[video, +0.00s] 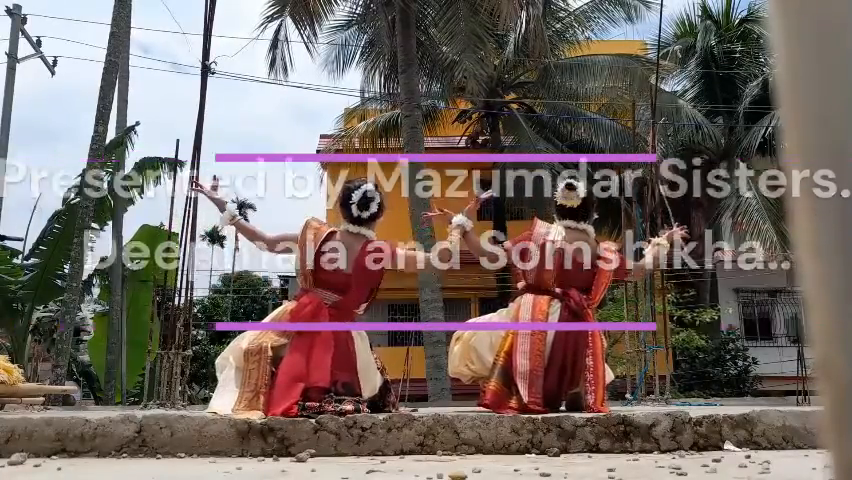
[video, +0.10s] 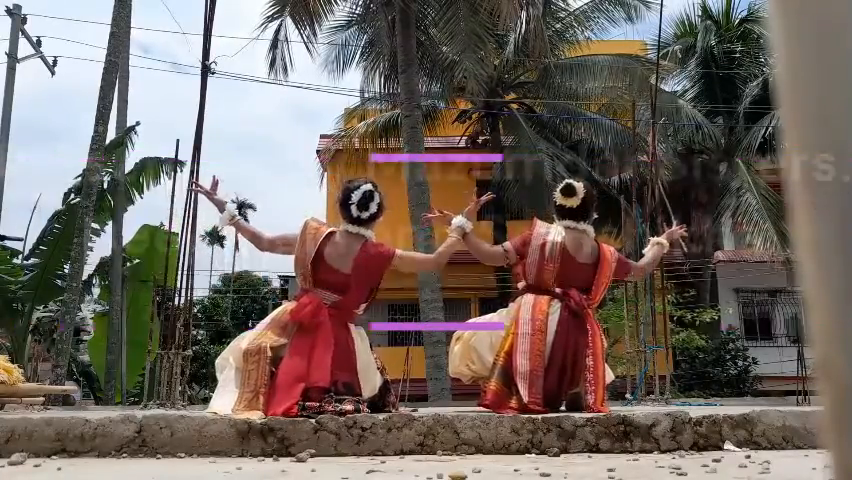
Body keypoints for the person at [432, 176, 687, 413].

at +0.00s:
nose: (571, 212)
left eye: (566, 205)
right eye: (576, 207)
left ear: (555, 207)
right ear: (588, 211)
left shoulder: (537, 235)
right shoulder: (595, 246)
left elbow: (492, 256)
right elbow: (636, 269)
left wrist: (464, 229)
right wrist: (662, 242)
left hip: (531, 314)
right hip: (576, 321)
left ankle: (522, 399)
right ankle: (578, 397)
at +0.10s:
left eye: (559, 203)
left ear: (556, 208)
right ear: (591, 212)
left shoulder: (538, 234)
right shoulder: (602, 253)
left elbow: (493, 256)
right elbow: (639, 270)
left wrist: (462, 228)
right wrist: (661, 244)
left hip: (531, 324)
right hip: (577, 330)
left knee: (530, 401)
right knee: (573, 402)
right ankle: (576, 393)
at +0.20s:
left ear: (557, 208)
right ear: (590, 213)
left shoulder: (539, 236)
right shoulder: (602, 253)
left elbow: (494, 257)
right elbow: (640, 270)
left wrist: (462, 233)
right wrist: (662, 242)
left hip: (528, 322)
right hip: (576, 328)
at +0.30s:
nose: (560, 210)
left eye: (557, 204)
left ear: (554, 208)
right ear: (588, 212)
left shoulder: (536, 236)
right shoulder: (599, 253)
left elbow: (491, 257)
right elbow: (638, 274)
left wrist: (460, 234)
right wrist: (658, 247)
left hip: (529, 323)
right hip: (576, 330)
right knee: (574, 405)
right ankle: (574, 396)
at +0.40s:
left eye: (554, 205)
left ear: (552, 209)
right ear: (586, 213)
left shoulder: (533, 236)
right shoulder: (598, 254)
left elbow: (490, 258)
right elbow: (636, 276)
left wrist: (458, 236)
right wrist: (660, 250)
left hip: (527, 324)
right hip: (575, 331)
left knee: (471, 338)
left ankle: (514, 396)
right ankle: (576, 396)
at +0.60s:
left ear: (545, 208)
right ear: (580, 213)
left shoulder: (522, 238)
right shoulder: (593, 254)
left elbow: (479, 262)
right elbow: (631, 280)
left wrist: (447, 245)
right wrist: (655, 264)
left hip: (520, 329)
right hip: (572, 335)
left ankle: (513, 397)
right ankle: (572, 397)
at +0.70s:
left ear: (538, 208)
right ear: (574, 212)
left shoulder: (516, 241)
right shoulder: (588, 253)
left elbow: (473, 265)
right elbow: (628, 281)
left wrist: (442, 250)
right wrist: (655, 267)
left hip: (518, 331)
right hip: (569, 334)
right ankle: (573, 400)